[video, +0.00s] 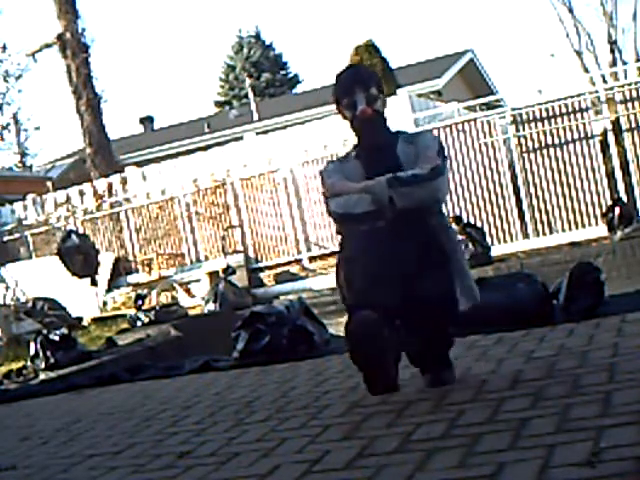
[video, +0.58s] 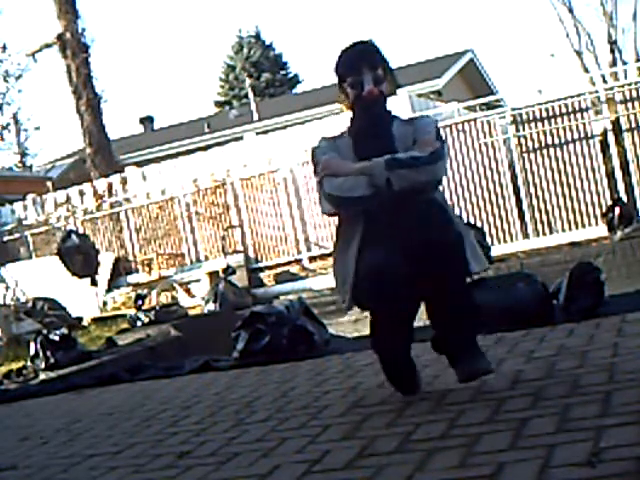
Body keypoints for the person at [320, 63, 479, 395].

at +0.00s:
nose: (364, 110)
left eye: (370, 99)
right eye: (352, 103)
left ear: (383, 99)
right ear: (341, 110)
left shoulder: (421, 143)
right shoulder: (337, 171)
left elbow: (435, 188)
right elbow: (340, 210)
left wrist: (359, 188)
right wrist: (404, 194)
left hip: (428, 264)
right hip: (370, 275)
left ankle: (436, 360)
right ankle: (377, 368)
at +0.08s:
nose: (357, 98)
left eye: (363, 87)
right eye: (345, 92)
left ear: (375, 86)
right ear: (335, 101)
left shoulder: (416, 131)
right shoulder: (333, 157)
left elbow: (433, 169)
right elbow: (335, 198)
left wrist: (361, 175)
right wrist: (397, 180)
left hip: (420, 239)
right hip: (366, 250)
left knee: (435, 292)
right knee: (376, 299)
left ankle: (438, 360)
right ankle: (376, 361)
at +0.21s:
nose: (355, 102)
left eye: (361, 90)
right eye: (343, 95)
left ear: (374, 92)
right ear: (331, 103)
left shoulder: (411, 139)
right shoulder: (326, 166)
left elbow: (429, 179)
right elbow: (330, 207)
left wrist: (350, 183)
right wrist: (399, 185)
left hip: (424, 244)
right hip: (369, 260)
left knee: (439, 266)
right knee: (375, 292)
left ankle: (448, 355)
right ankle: (398, 370)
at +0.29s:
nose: (356, 116)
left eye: (364, 105)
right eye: (345, 109)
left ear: (375, 106)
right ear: (332, 117)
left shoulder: (411, 156)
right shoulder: (325, 183)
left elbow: (430, 203)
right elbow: (335, 232)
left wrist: (350, 207)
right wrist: (400, 216)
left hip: (434, 264)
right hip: (372, 285)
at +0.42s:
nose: (361, 112)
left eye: (368, 101)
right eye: (348, 106)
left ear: (379, 103)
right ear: (336, 114)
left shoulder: (414, 153)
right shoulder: (323, 178)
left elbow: (430, 200)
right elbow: (341, 234)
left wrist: (353, 207)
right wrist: (407, 215)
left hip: (433, 263)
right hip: (376, 280)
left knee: (459, 290)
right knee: (397, 310)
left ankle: (475, 335)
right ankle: (401, 373)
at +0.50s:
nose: (365, 99)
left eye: (372, 88)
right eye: (353, 91)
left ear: (384, 90)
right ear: (340, 98)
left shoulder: (413, 138)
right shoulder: (324, 158)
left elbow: (430, 181)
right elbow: (332, 208)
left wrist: (353, 182)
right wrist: (404, 188)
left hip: (430, 250)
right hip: (373, 264)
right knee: (399, 307)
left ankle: (470, 336)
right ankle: (401, 373)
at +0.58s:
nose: (369, 91)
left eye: (377, 80)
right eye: (357, 84)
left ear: (389, 80)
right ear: (344, 91)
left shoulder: (420, 128)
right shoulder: (330, 149)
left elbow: (433, 171)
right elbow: (334, 197)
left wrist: (354, 169)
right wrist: (408, 170)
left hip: (430, 232)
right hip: (374, 247)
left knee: (441, 252)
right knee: (391, 278)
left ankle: (462, 347)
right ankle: (395, 357)